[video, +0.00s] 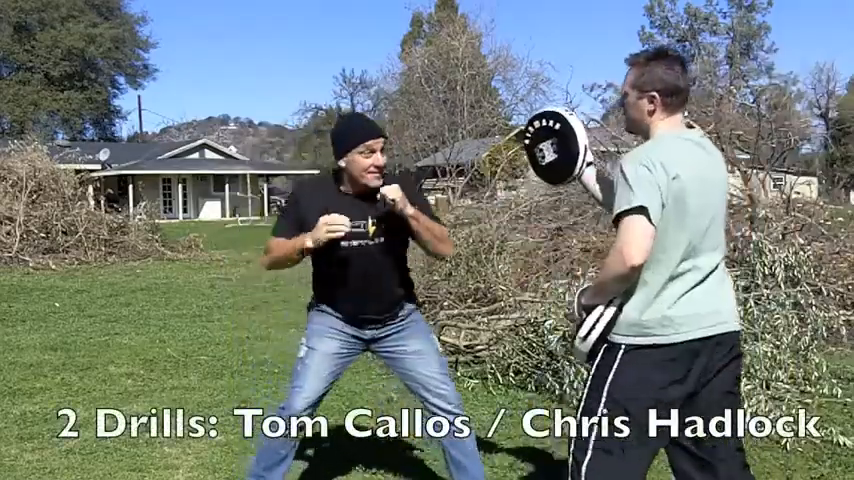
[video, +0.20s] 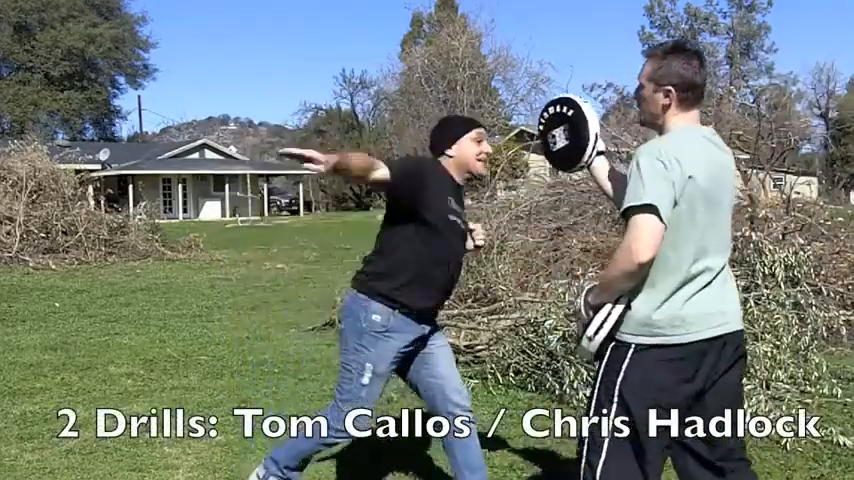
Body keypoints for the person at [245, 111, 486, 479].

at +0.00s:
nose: (380, 162)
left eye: (382, 151)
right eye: (368, 153)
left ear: (386, 152)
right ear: (342, 158)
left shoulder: (401, 189)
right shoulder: (310, 194)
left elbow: (445, 247)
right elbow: (271, 258)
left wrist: (408, 211)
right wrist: (309, 240)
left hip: (401, 321)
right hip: (333, 323)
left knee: (448, 408)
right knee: (296, 408)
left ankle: (472, 476)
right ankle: (261, 476)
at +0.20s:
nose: (487, 149)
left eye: (486, 142)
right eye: (478, 140)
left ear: (458, 149)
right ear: (452, 145)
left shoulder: (454, 195)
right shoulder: (424, 171)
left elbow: (433, 237)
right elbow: (376, 169)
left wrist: (465, 237)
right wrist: (335, 162)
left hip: (418, 323)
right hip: (377, 313)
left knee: (456, 411)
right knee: (350, 418)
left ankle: (474, 476)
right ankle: (274, 469)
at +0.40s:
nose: (499, 156)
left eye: (500, 149)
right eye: (492, 147)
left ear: (468, 151)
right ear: (462, 148)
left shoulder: (464, 189)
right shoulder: (446, 171)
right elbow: (477, 196)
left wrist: (485, 221)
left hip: (429, 320)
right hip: (392, 310)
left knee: (464, 410)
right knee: (367, 413)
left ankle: (474, 476)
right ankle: (289, 474)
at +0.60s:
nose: (470, 137)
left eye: (473, 131)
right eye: (461, 129)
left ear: (474, 138)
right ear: (434, 134)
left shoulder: (465, 190)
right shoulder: (400, 170)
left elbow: (486, 256)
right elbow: (388, 231)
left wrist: (489, 210)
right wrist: (447, 202)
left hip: (441, 317)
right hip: (388, 312)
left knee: (477, 410)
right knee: (365, 410)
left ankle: (478, 477)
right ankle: (318, 472)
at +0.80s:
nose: (418, 128)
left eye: (424, 119)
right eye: (407, 121)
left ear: (433, 123)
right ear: (390, 128)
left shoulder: (449, 163)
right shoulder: (363, 166)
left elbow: (487, 162)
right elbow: (332, 228)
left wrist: (466, 121)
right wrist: (382, 203)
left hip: (434, 311)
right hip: (369, 309)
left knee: (465, 409)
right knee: (340, 404)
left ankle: (470, 475)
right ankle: (317, 475)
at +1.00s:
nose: (385, 141)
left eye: (391, 130)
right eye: (375, 135)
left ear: (406, 127)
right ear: (365, 136)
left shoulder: (431, 162)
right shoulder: (348, 173)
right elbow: (327, 244)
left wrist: (442, 130)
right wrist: (346, 218)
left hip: (430, 312)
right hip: (364, 310)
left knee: (459, 410)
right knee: (332, 406)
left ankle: (469, 476)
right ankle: (314, 475)